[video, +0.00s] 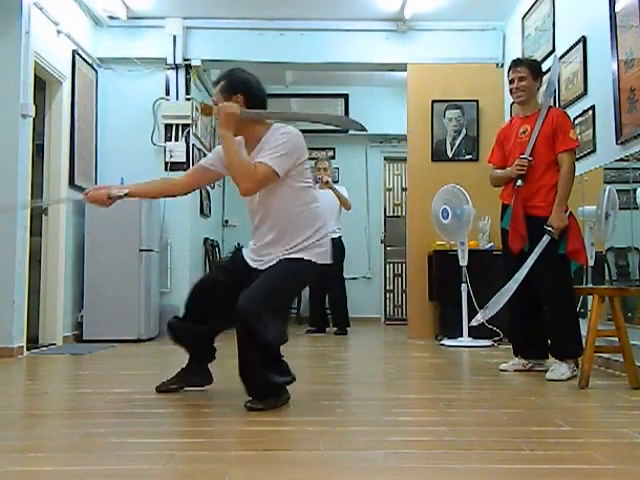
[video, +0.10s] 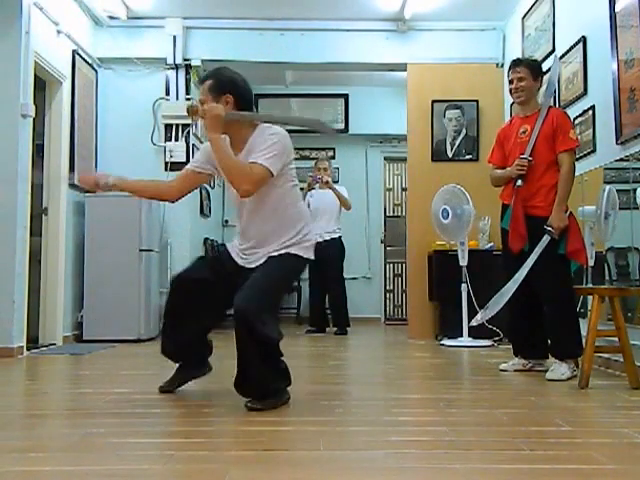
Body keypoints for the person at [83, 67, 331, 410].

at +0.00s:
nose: (214, 110)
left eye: (217, 102)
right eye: (213, 104)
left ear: (239, 101)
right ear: (239, 104)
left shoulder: (287, 138)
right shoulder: (235, 149)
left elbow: (248, 184)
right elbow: (181, 184)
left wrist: (226, 133)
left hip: (303, 251)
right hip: (260, 250)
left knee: (252, 305)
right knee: (206, 294)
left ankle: (272, 389)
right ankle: (196, 368)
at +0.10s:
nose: (200, 111)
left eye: (204, 103)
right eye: (199, 105)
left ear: (227, 102)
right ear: (225, 104)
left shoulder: (274, 138)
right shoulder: (219, 148)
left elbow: (245, 185)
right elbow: (172, 190)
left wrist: (215, 136)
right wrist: (111, 182)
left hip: (289, 247)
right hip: (245, 248)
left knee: (250, 305)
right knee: (187, 286)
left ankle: (272, 388)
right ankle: (194, 360)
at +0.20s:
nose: (188, 104)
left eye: (195, 97)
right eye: (189, 98)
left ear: (222, 99)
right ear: (215, 102)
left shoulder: (259, 140)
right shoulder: (208, 144)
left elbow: (218, 178)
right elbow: (169, 191)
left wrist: (191, 131)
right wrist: (133, 153)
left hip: (269, 245)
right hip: (226, 244)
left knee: (238, 304)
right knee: (162, 274)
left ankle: (272, 386)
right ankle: (200, 344)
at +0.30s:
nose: (178, 114)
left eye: (182, 106)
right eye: (176, 107)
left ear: (209, 103)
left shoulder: (237, 136)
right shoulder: (191, 140)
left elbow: (183, 162)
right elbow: (149, 177)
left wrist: (120, 148)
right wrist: (147, 129)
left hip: (247, 243)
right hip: (205, 244)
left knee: (231, 307)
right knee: (146, 281)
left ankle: (270, 387)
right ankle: (140, 361)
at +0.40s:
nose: (154, 127)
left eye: (155, 119)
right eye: (151, 121)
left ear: (179, 108)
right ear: (174, 109)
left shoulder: (212, 138)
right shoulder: (170, 138)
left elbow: (154, 167)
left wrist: (91, 171)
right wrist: (135, 75)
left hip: (228, 243)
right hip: (188, 246)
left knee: (222, 304)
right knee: (132, 296)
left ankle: (271, 385)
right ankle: (115, 371)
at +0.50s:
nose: (123, 134)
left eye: (124, 124)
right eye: (119, 126)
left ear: (146, 110)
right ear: (141, 112)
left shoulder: (181, 139)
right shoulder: (146, 136)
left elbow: (133, 180)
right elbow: (86, 97)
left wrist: (83, 189)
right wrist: (119, 67)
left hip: (200, 245)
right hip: (158, 246)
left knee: (211, 304)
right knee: (109, 294)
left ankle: (259, 380)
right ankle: (111, 372)